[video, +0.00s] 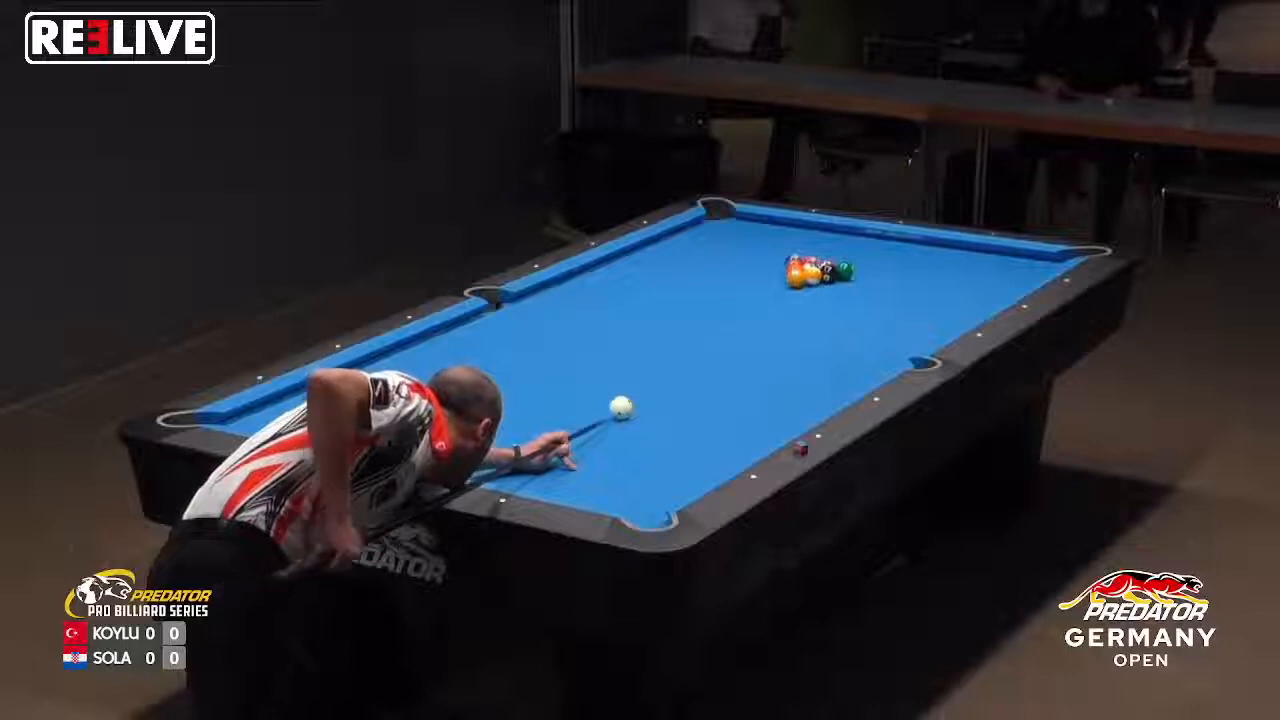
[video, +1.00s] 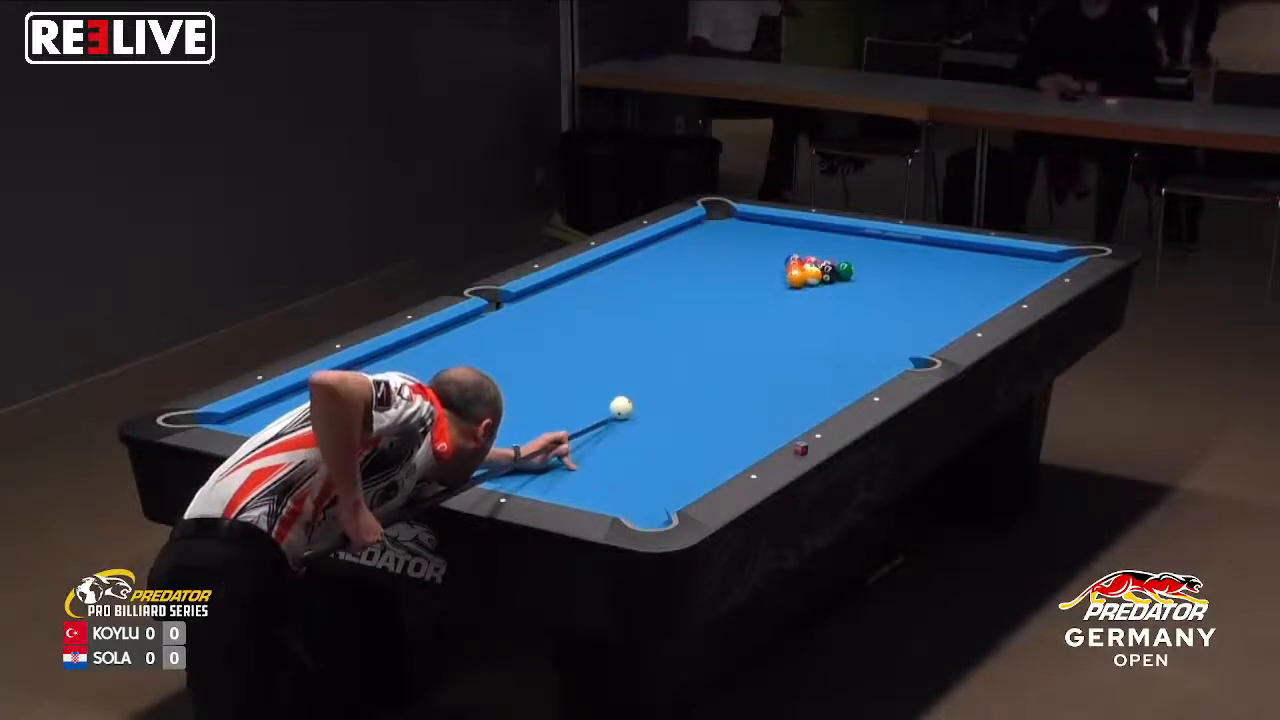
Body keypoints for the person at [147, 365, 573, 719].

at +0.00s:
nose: (490, 445)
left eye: (492, 436)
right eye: (493, 434)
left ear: (443, 407)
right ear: (483, 426)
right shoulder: (412, 399)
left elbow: (455, 456)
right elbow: (330, 386)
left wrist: (519, 458)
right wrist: (337, 518)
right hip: (228, 558)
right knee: (240, 704)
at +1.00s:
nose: (490, 447)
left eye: (493, 439)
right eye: (494, 435)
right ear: (485, 428)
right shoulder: (414, 399)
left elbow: (453, 459)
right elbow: (331, 388)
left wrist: (519, 458)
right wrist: (352, 505)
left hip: (189, 554)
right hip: (232, 558)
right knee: (246, 701)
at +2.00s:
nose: (484, 374)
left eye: (487, 362)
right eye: (487, 361)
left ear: (419, 336)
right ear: (474, 358)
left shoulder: (370, 365)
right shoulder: (404, 384)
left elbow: (415, 449)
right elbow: (392, 513)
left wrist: (510, 452)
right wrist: (427, 487)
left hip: (198, 538)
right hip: (248, 548)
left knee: (242, 694)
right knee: (274, 697)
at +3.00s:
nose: (410, 244)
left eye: (407, 231)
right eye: (409, 234)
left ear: (330, 239)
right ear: (397, 251)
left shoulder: (289, 302)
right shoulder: (343, 334)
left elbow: (337, 415)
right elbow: (348, 482)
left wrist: (429, 432)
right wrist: (407, 512)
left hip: (211, 538)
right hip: (252, 556)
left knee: (252, 696)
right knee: (277, 699)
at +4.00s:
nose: (354, 156)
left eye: (353, 143)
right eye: (353, 145)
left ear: (276, 148)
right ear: (339, 156)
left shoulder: (232, 232)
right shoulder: (313, 257)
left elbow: (244, 363)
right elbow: (348, 413)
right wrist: (389, 461)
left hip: (241, 473)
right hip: (303, 484)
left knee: (277, 651)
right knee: (329, 651)